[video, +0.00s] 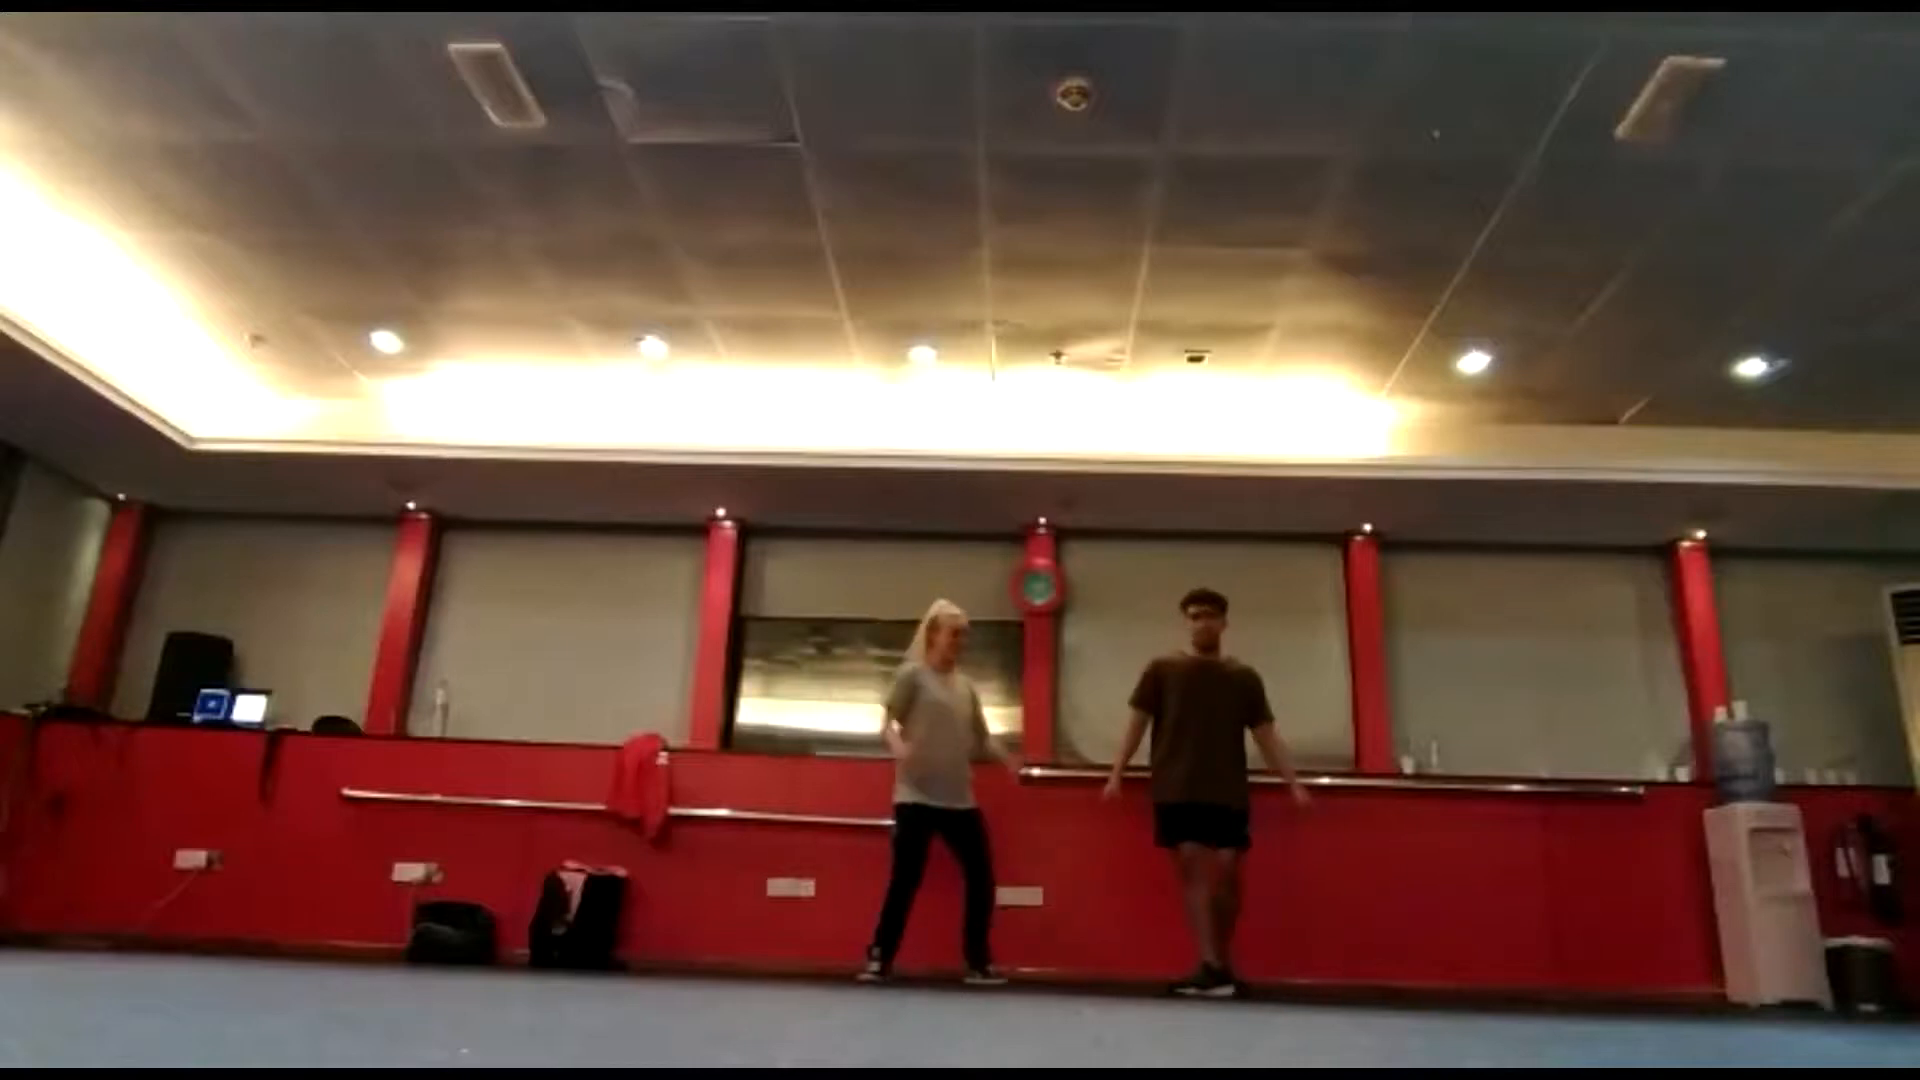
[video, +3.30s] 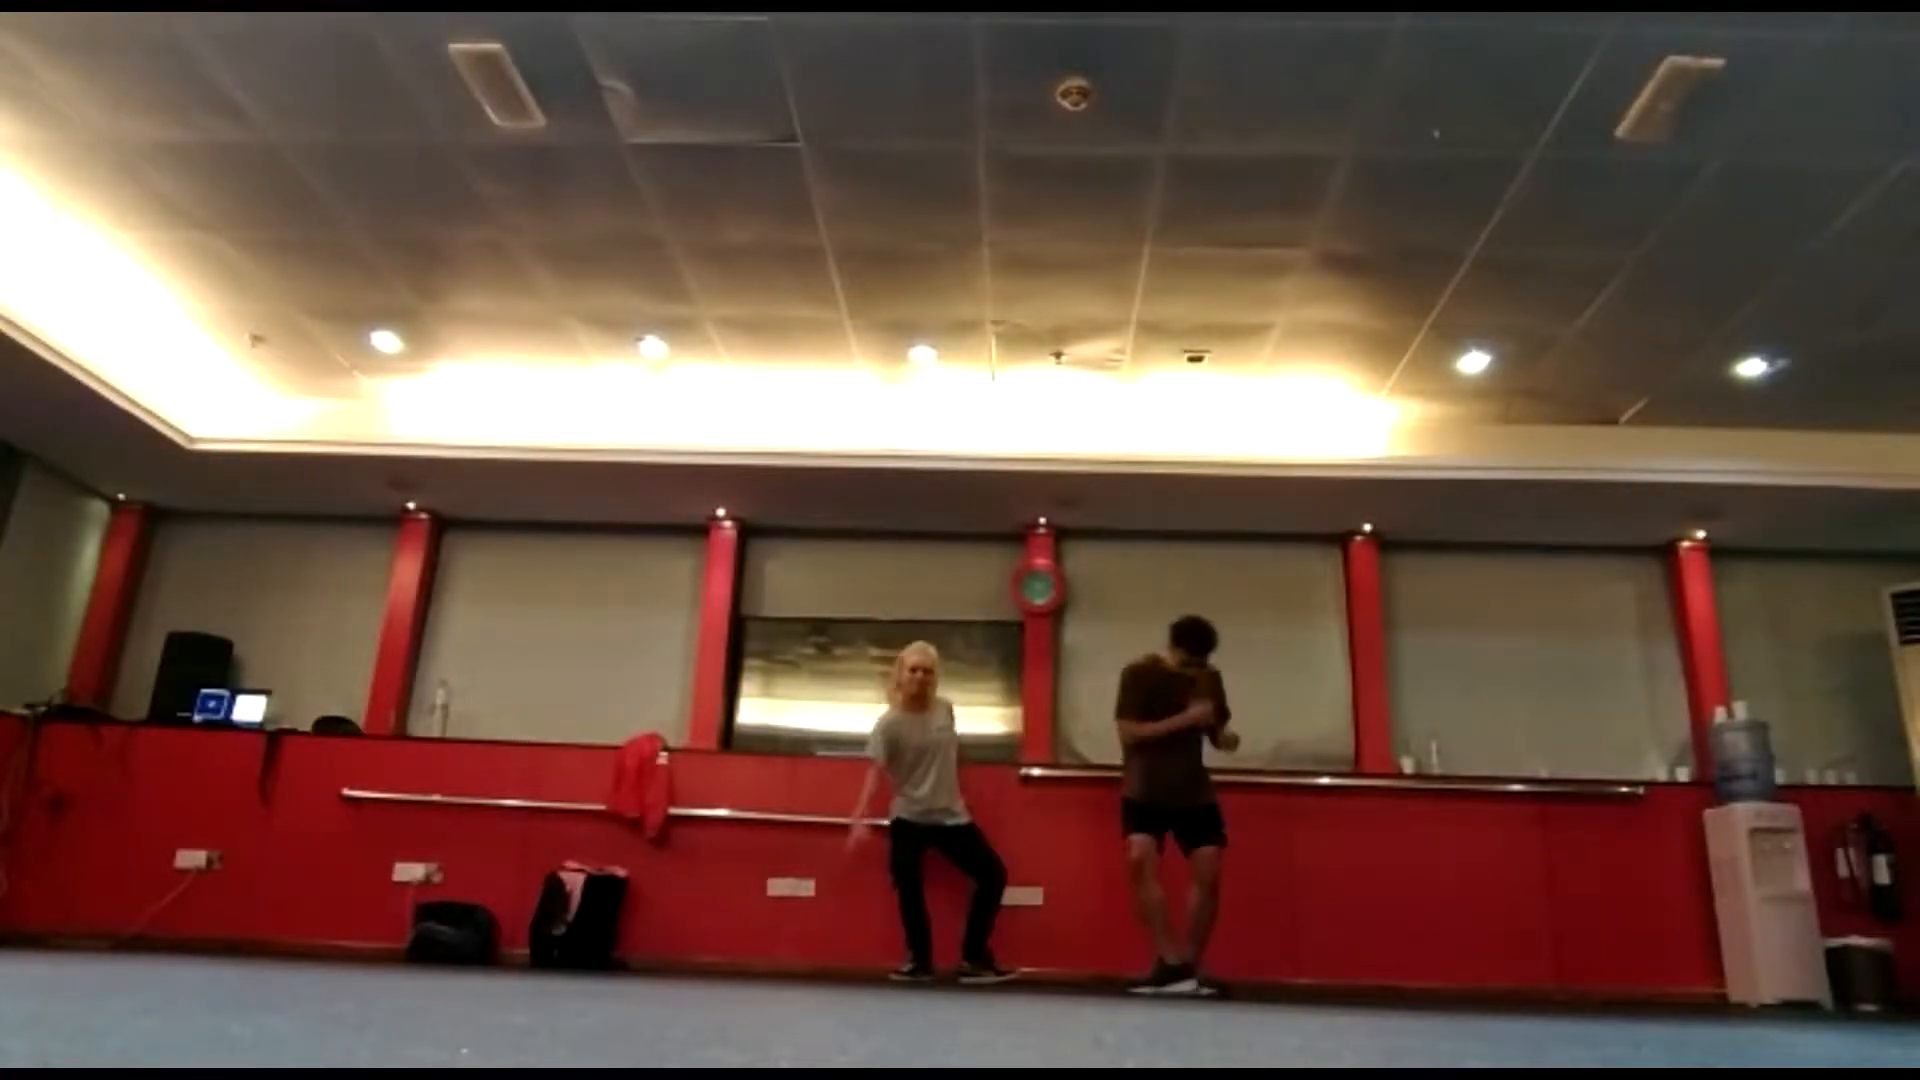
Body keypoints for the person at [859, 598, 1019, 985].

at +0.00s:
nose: (958, 640)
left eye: (962, 633)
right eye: (952, 632)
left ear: (965, 638)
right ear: (932, 634)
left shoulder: (965, 687)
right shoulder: (912, 677)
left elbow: (980, 741)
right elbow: (889, 721)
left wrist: (1007, 757)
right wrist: (899, 747)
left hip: (958, 801)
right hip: (916, 798)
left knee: (981, 878)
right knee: (905, 880)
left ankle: (978, 962)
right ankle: (880, 957)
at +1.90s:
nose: (940, 670)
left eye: (946, 662)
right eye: (936, 664)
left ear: (963, 660)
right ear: (932, 664)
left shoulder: (982, 698)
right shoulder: (935, 699)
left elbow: (1003, 740)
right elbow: (921, 745)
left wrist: (975, 765)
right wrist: (901, 773)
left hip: (961, 811)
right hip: (922, 807)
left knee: (964, 890)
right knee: (908, 878)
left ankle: (965, 962)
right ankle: (928, 956)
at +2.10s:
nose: (926, 672)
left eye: (932, 664)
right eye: (922, 666)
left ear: (950, 663)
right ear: (920, 667)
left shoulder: (970, 703)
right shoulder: (928, 710)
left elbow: (973, 751)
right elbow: (921, 764)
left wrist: (929, 752)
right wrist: (902, 804)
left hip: (959, 814)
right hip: (921, 811)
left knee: (963, 891)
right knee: (903, 878)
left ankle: (965, 963)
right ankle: (927, 958)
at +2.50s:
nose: (914, 670)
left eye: (920, 661)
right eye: (908, 663)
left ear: (935, 661)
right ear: (902, 666)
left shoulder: (949, 699)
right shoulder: (918, 708)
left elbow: (963, 724)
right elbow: (920, 762)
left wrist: (950, 750)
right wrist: (900, 796)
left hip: (956, 811)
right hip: (920, 811)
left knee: (959, 890)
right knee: (901, 876)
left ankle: (964, 962)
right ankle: (926, 957)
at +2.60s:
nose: (907, 674)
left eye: (914, 666)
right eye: (902, 668)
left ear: (929, 667)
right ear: (896, 672)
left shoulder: (945, 704)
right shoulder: (909, 716)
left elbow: (975, 734)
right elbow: (915, 770)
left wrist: (1002, 755)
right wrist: (895, 806)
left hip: (955, 815)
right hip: (917, 815)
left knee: (961, 893)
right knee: (898, 880)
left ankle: (965, 963)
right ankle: (927, 958)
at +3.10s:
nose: (912, 669)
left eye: (918, 662)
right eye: (904, 662)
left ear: (928, 666)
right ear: (891, 667)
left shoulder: (944, 702)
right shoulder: (884, 716)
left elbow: (973, 716)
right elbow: (862, 766)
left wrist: (996, 732)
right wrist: (849, 809)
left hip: (952, 810)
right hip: (909, 812)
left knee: (986, 873)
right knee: (911, 888)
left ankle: (975, 956)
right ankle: (919, 961)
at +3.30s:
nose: (920, 677)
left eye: (927, 671)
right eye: (913, 670)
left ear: (936, 676)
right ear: (899, 674)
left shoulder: (944, 711)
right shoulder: (890, 722)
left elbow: (948, 760)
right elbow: (874, 773)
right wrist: (859, 820)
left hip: (951, 818)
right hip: (909, 820)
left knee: (992, 874)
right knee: (908, 887)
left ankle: (975, 957)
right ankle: (920, 960)